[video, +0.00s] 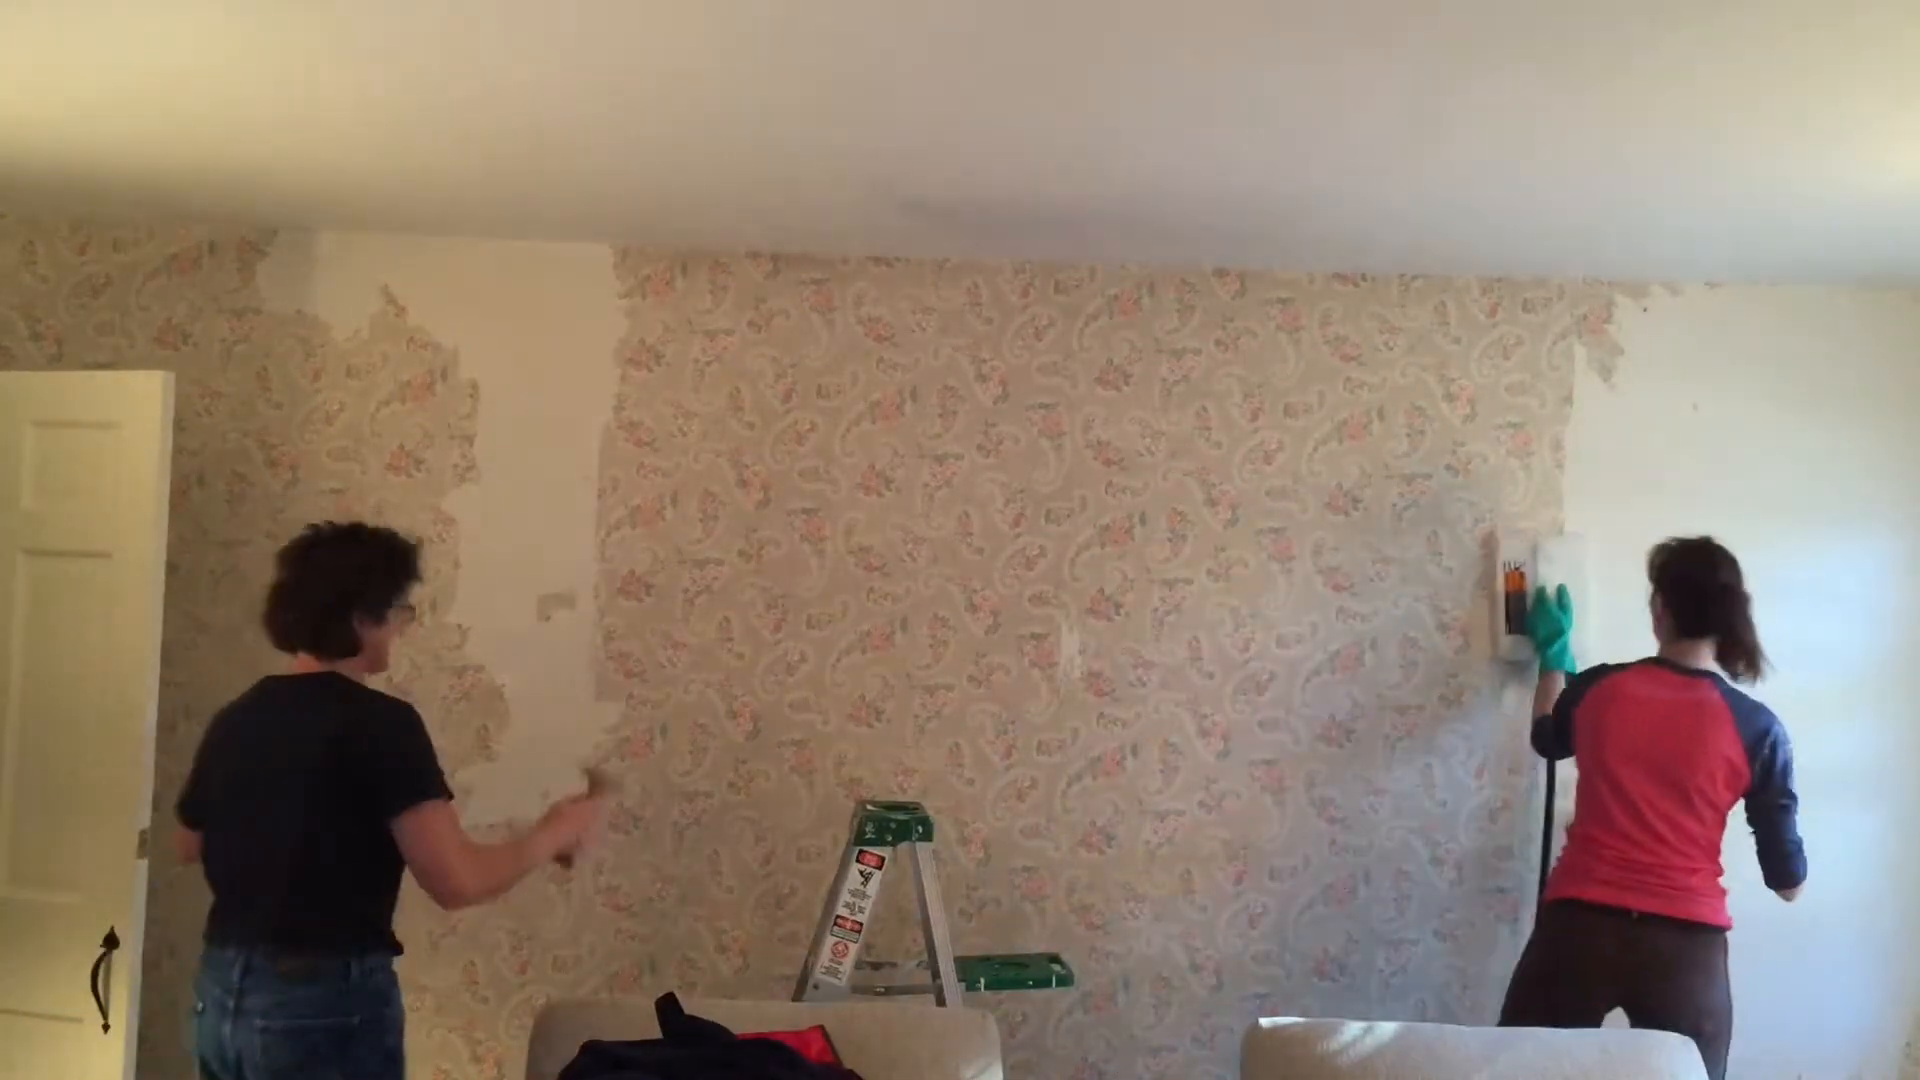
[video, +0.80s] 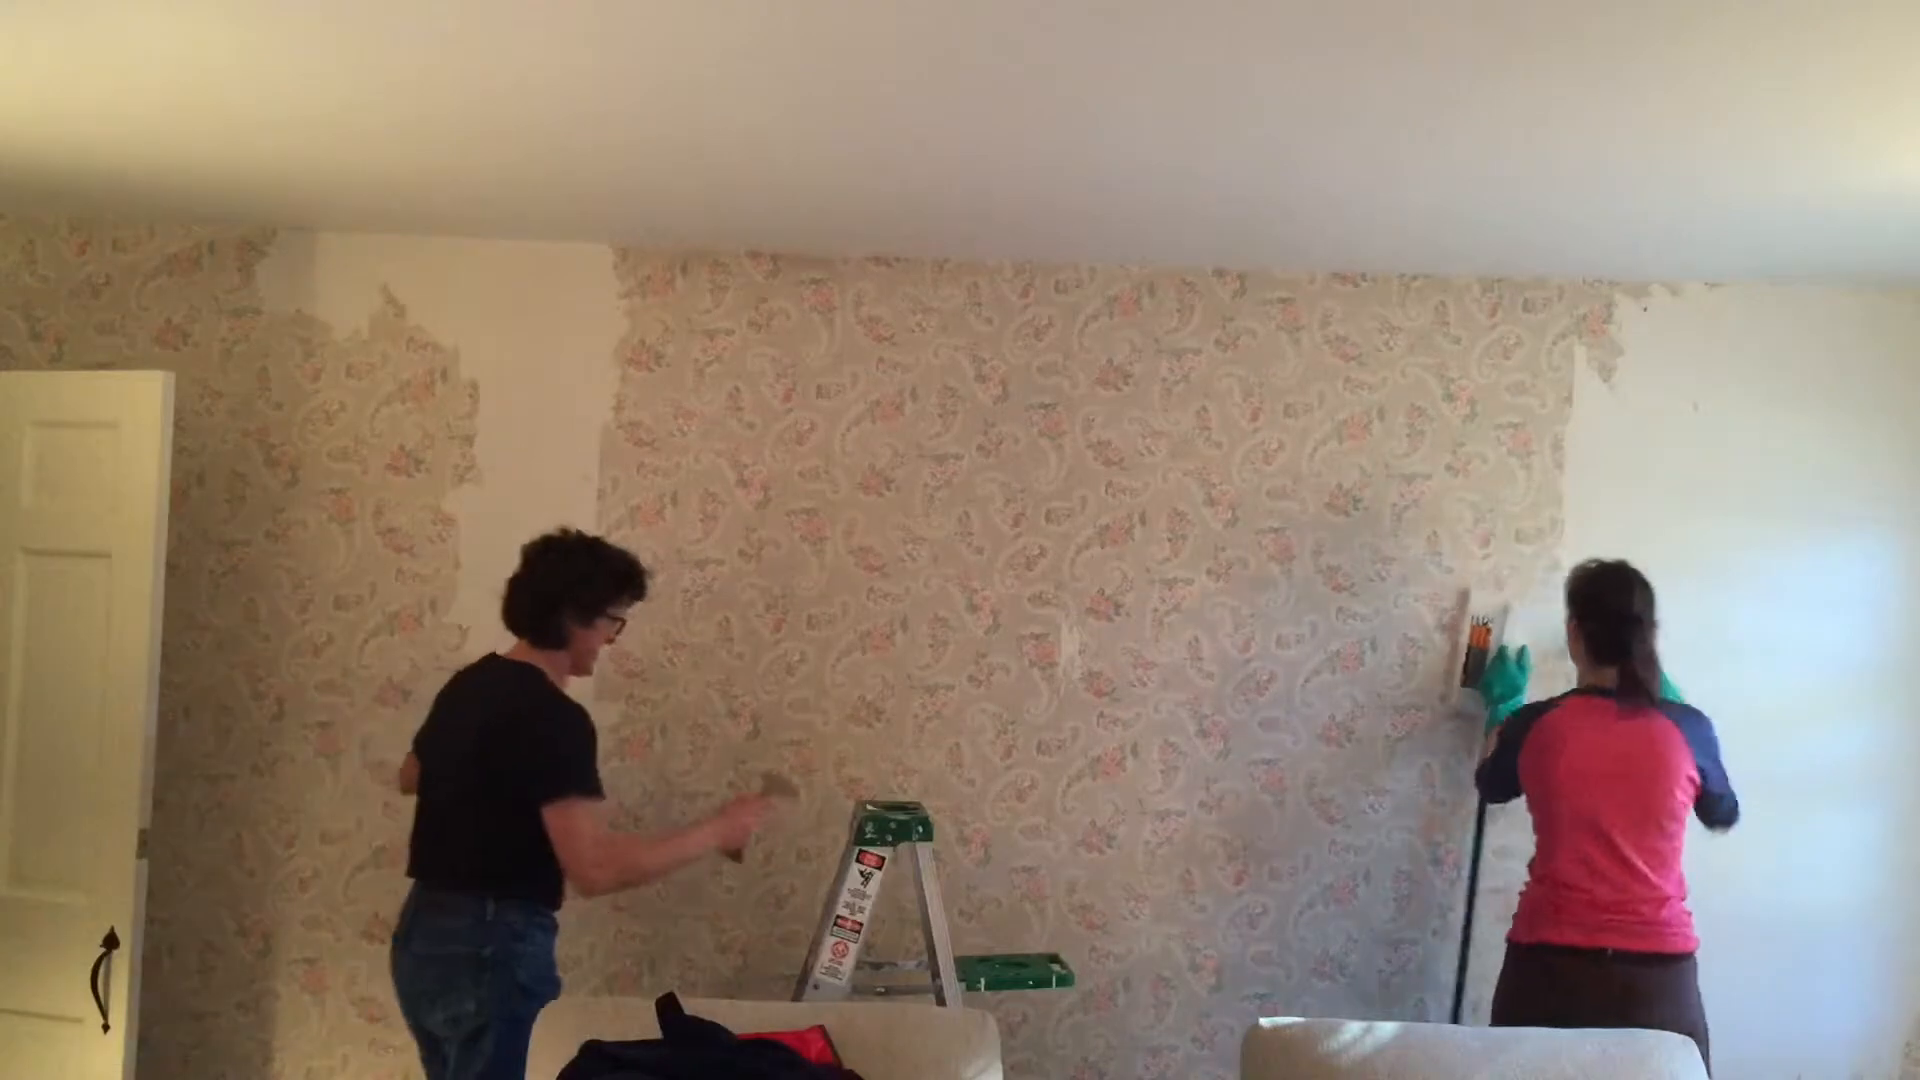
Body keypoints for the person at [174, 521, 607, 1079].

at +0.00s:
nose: (406, 624)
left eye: (406, 610)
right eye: (399, 609)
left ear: (303, 609)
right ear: (358, 616)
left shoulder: (237, 718)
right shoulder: (382, 722)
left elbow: (188, 842)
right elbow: (456, 880)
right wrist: (552, 836)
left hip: (222, 996)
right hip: (328, 1011)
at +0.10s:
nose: (431, 649)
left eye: (436, 631)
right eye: (428, 628)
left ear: (336, 619)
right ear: (385, 622)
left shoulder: (266, 712)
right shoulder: (391, 721)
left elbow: (230, 853)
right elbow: (454, 878)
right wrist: (557, 852)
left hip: (234, 986)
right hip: (338, 1002)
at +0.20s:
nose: (454, 650)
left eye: (460, 634)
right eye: (452, 631)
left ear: (364, 616)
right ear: (408, 619)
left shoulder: (300, 700)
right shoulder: (407, 713)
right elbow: (474, 864)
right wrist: (585, 839)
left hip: (253, 973)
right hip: (349, 989)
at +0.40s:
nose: (508, 631)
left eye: (513, 615)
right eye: (505, 613)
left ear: (423, 602)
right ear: (463, 607)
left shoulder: (356, 692)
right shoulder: (458, 707)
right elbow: (512, 856)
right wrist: (642, 826)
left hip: (325, 954)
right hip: (415, 967)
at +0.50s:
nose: (552, 633)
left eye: (556, 619)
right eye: (546, 617)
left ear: (481, 611)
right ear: (504, 614)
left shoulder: (392, 695)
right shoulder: (493, 722)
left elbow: (351, 797)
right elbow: (526, 878)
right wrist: (652, 847)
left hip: (357, 960)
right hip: (445, 974)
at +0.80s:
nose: (616, 637)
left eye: (621, 622)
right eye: (611, 620)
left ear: (554, 612)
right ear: (569, 614)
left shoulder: (469, 684)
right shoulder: (555, 719)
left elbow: (412, 775)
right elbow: (593, 866)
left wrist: (507, 767)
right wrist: (715, 833)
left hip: (427, 941)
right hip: (492, 960)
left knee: (453, 1071)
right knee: (487, 1070)